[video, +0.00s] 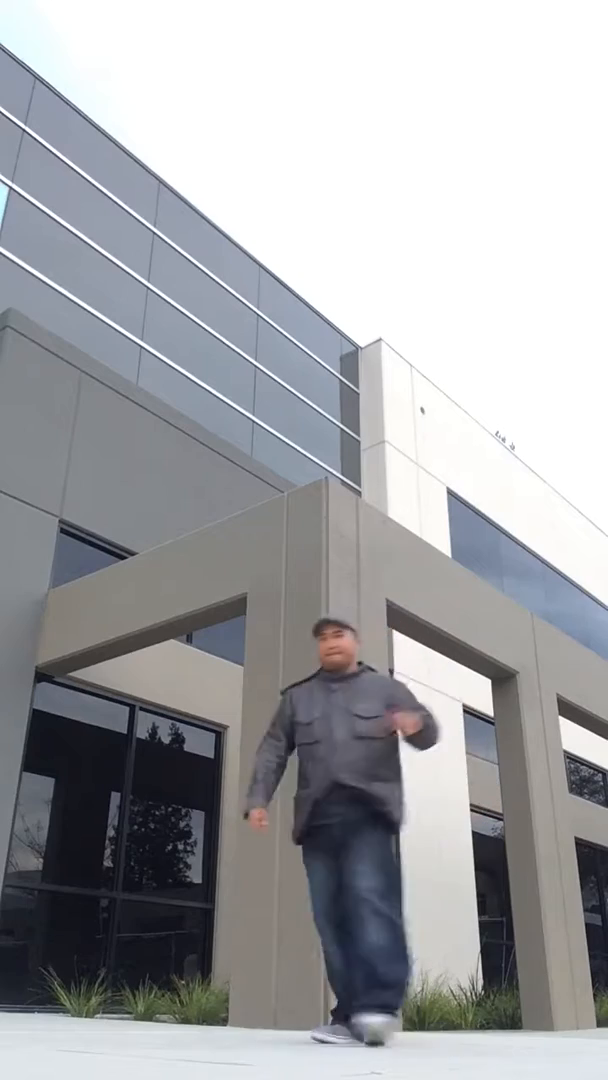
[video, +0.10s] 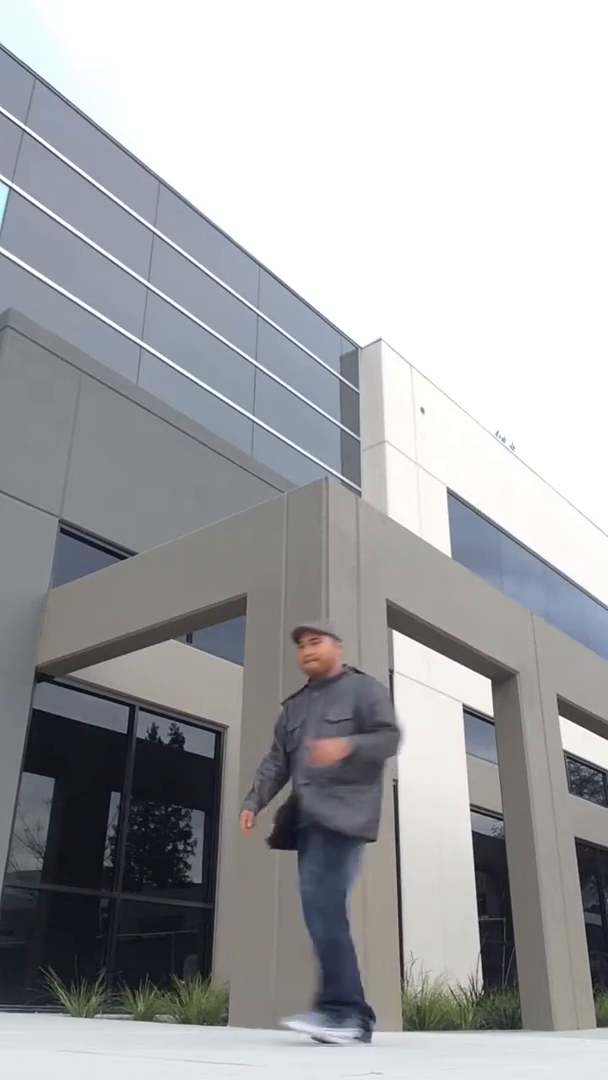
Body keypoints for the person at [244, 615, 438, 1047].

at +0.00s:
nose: (332, 642)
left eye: (340, 635)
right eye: (324, 637)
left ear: (357, 643)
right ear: (316, 649)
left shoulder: (386, 688)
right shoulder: (298, 697)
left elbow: (430, 736)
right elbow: (273, 748)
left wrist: (415, 724)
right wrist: (258, 799)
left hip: (369, 810)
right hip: (318, 814)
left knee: (368, 899)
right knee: (328, 913)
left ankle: (379, 1008)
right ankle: (349, 1015)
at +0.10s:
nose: (307, 650)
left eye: (315, 642)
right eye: (301, 645)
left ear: (337, 647)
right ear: (298, 656)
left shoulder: (365, 689)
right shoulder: (295, 705)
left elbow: (390, 737)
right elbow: (279, 757)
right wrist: (255, 800)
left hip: (347, 815)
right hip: (309, 816)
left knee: (325, 905)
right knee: (319, 907)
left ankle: (344, 1011)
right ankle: (343, 1010)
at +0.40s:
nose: (248, 655)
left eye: (253, 646)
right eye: (247, 648)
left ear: (279, 646)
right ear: (280, 649)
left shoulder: (287, 680)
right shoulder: (308, 682)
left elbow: (274, 737)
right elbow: (303, 749)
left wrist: (244, 776)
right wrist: (262, 783)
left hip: (288, 813)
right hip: (318, 813)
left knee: (262, 910)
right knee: (309, 910)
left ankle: (253, 1016)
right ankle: (356, 1014)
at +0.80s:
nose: (206, 660)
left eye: (209, 652)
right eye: (207, 652)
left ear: (226, 651)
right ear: (246, 653)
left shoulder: (215, 682)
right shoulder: (283, 693)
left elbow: (183, 734)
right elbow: (304, 749)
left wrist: (163, 774)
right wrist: (311, 803)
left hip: (225, 807)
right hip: (274, 810)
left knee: (223, 911)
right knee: (235, 913)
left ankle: (253, 1010)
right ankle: (213, 1015)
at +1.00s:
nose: (197, 662)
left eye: (201, 655)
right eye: (199, 655)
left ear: (218, 656)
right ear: (236, 659)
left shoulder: (200, 690)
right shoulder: (273, 704)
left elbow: (164, 743)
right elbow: (294, 762)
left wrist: (143, 788)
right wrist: (282, 819)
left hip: (205, 812)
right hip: (256, 820)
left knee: (169, 895)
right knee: (217, 915)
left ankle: (212, 979)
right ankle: (217, 1020)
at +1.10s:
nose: (192, 648)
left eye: (196, 641)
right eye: (194, 641)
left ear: (214, 641)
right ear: (234, 646)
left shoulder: (190, 673)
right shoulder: (268, 687)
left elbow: (161, 734)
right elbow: (293, 741)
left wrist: (142, 789)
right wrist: (274, 798)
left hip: (197, 795)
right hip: (252, 804)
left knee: (181, 896)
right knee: (228, 905)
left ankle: (195, 1007)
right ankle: (218, 1012)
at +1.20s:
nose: (188, 645)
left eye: (192, 637)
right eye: (190, 638)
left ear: (211, 638)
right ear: (233, 643)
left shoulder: (184, 668)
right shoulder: (264, 682)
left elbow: (158, 731)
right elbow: (291, 737)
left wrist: (146, 794)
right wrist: (265, 792)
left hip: (191, 789)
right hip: (246, 796)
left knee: (183, 904)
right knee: (235, 906)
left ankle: (193, 1012)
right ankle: (248, 1015)